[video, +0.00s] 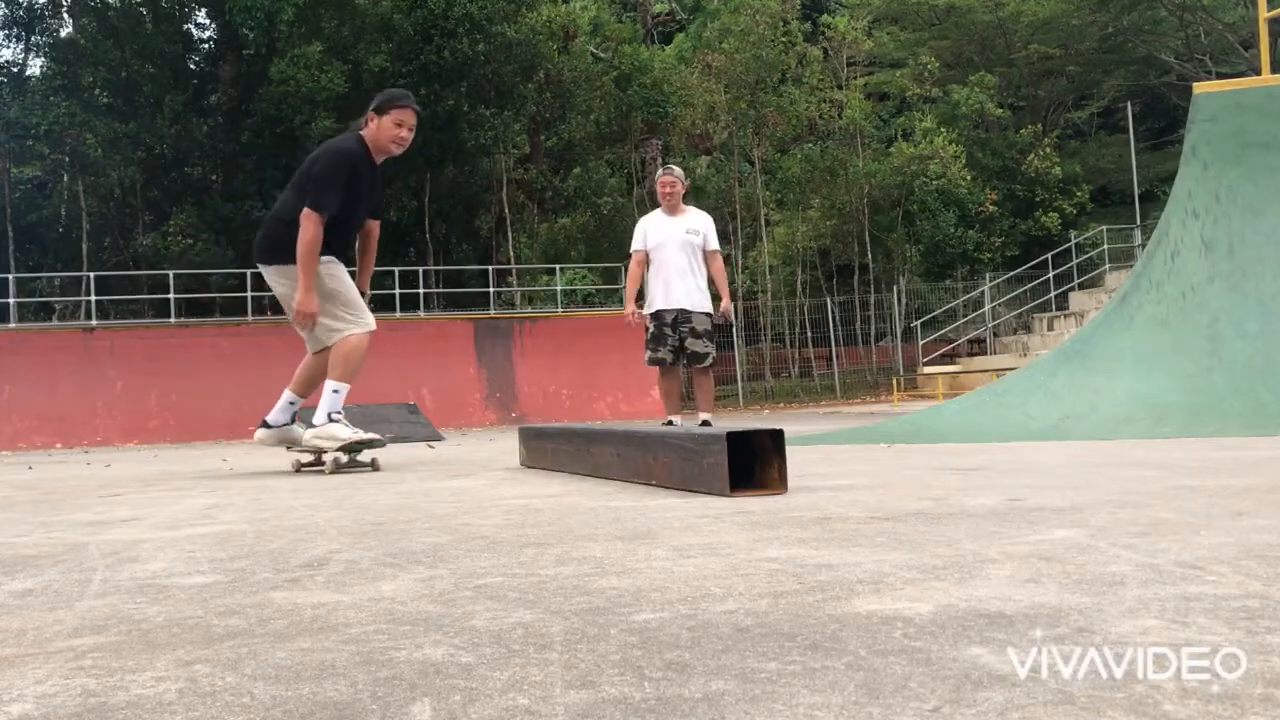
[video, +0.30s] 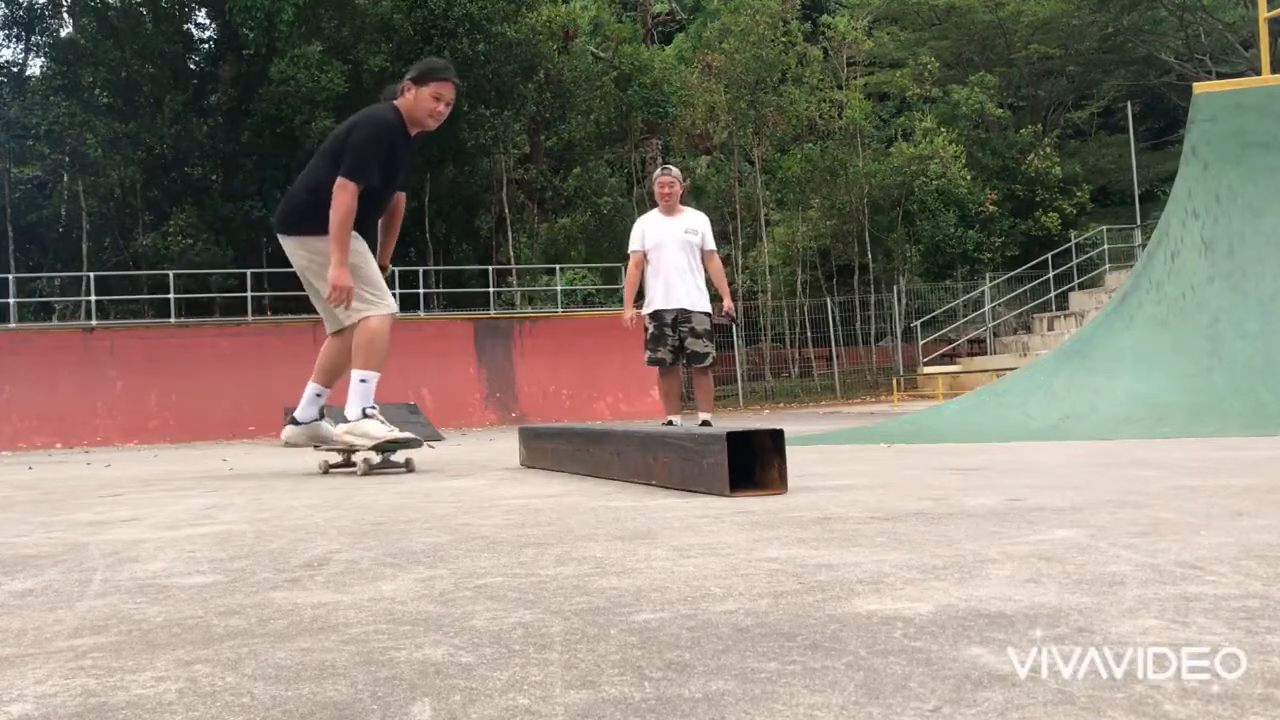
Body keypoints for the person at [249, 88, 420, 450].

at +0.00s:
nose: (404, 135)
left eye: (411, 129)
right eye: (398, 124)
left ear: (414, 134)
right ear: (371, 120)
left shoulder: (373, 168)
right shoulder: (341, 154)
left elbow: (370, 231)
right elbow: (311, 221)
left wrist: (361, 289)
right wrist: (307, 290)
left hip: (290, 254)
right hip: (297, 253)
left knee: (330, 344)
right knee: (357, 327)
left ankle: (278, 421)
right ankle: (327, 419)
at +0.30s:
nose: (442, 110)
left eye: (448, 104)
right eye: (436, 98)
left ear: (451, 108)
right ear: (408, 90)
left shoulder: (401, 138)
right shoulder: (379, 124)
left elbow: (394, 204)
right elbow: (344, 190)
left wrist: (381, 262)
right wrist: (339, 265)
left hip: (308, 226)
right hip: (316, 225)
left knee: (349, 326)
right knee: (378, 310)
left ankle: (305, 418)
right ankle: (359, 415)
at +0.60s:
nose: (480, 137)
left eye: (485, 131)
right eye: (474, 125)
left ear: (485, 135)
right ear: (445, 115)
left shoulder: (435, 164)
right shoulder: (416, 147)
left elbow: (425, 228)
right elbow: (399, 218)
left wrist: (462, 280)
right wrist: (414, 293)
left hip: (335, 248)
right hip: (335, 244)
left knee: (401, 335)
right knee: (428, 316)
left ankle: (333, 417)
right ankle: (383, 418)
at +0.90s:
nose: (502, 102)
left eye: (507, 95)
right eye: (497, 89)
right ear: (466, 78)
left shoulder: (440, 123)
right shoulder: (446, 112)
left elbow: (483, 166)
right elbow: (503, 143)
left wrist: (540, 141)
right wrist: (580, 180)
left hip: (360, 238)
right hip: (386, 231)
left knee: (441, 329)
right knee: (472, 306)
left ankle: (366, 410)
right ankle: (428, 412)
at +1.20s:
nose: (543, 36)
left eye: (549, 28)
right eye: (545, 21)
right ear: (523, 3)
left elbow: (571, 52)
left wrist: (614, 12)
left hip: (421, 169)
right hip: (443, 142)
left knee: (433, 286)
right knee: (556, 170)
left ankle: (384, 401)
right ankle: (502, 284)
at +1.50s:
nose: (630, 76)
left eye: (637, 69)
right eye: (632, 62)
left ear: (601, 37)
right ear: (608, 38)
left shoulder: (558, 56)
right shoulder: (578, 58)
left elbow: (577, 117)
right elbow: (626, 124)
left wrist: (602, 153)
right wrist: (703, 169)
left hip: (432, 160)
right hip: (468, 151)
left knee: (529, 260)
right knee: (569, 234)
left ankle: (514, 387)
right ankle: (581, 367)